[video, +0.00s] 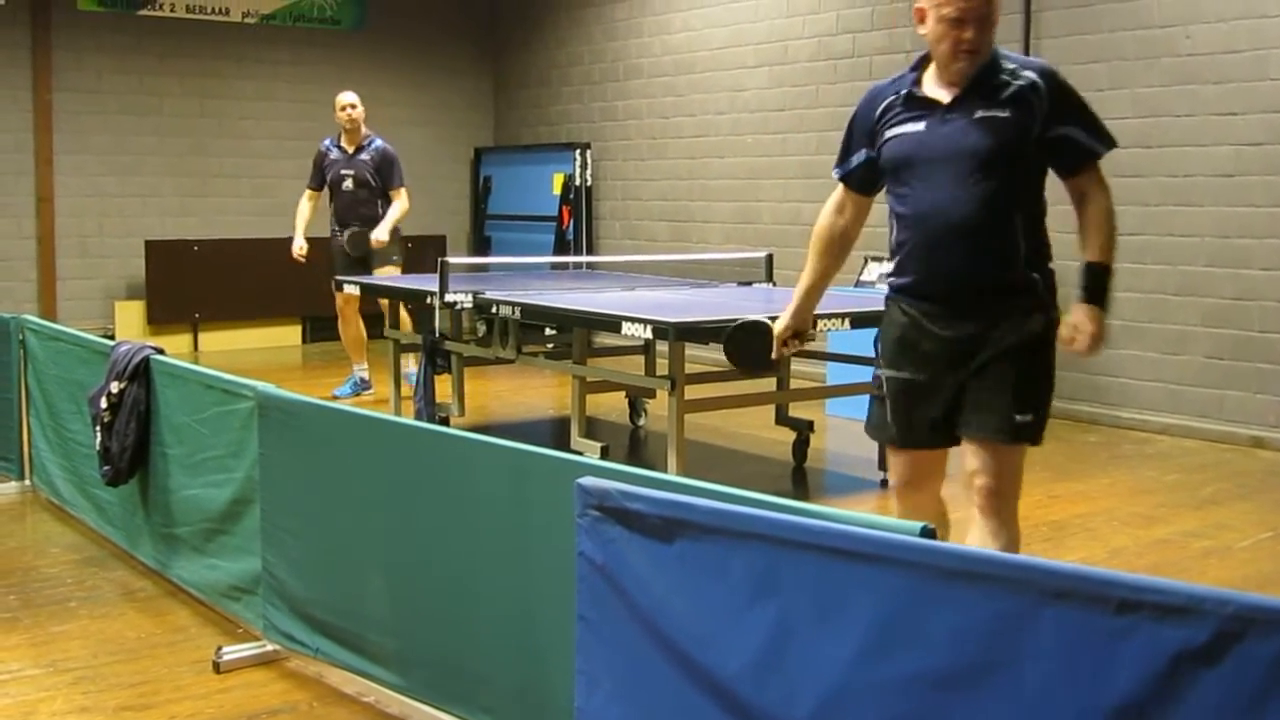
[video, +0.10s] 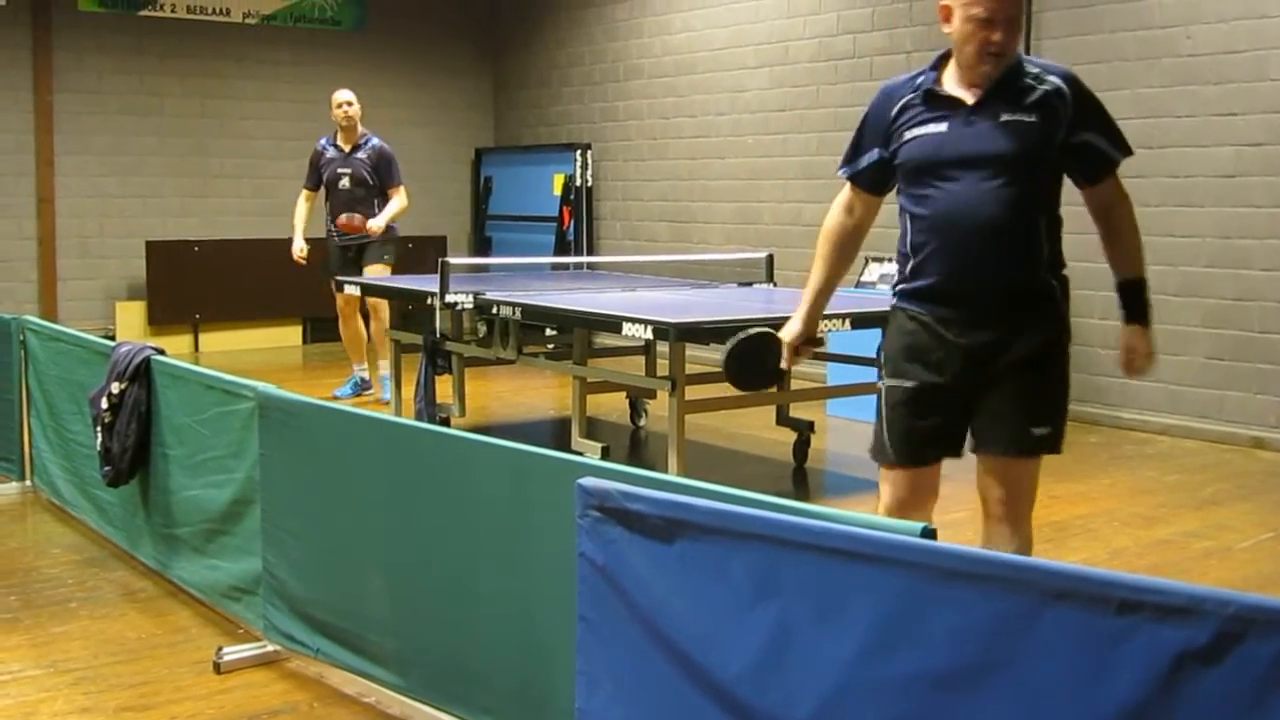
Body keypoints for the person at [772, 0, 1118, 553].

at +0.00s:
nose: (970, 35)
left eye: (982, 20)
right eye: (955, 21)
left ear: (998, 17)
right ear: (920, 18)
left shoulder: (1035, 91)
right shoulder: (882, 105)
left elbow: (1090, 191)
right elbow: (843, 210)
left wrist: (1093, 297)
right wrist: (799, 309)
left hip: (1009, 322)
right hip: (915, 321)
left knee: (990, 486)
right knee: (909, 483)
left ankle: (991, 628)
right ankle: (922, 619)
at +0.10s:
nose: (999, 38)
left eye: (1011, 23)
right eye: (985, 21)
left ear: (1024, 22)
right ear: (947, 17)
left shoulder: (1055, 95)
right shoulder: (898, 102)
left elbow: (1109, 202)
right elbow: (851, 209)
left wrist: (1135, 312)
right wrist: (805, 315)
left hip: (1022, 333)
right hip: (922, 329)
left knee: (1007, 505)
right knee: (901, 501)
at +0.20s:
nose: (1023, 43)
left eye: (1034, 28)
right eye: (1008, 26)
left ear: (1047, 22)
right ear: (968, 16)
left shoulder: (1072, 97)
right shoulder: (908, 98)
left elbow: (1117, 209)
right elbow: (859, 207)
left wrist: (1159, 325)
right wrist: (824, 314)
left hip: (1034, 336)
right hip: (933, 330)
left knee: (1010, 510)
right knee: (920, 502)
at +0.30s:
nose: (1043, 44)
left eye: (1055, 29)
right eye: (1029, 27)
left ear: (1068, 21)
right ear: (987, 14)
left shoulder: (1087, 94)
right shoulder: (923, 92)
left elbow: (1129, 210)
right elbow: (862, 200)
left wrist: (1165, 326)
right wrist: (852, 306)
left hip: (1045, 328)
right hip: (948, 321)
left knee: (1011, 516)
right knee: (956, 499)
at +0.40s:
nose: (1069, 49)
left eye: (1081, 34)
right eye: (1054, 32)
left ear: (1094, 25)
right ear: (1009, 15)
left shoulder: (1103, 96)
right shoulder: (941, 92)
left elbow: (1135, 210)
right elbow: (867, 202)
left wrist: (1162, 325)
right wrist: (881, 312)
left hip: (1058, 338)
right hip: (961, 330)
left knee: (1017, 528)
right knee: (979, 516)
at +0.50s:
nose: (1094, 56)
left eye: (1106, 40)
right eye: (1079, 38)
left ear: (1119, 29)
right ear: (1033, 18)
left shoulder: (1117, 100)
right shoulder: (958, 97)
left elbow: (1139, 218)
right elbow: (878, 212)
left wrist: (1157, 328)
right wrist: (905, 328)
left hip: (1073, 344)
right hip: (979, 342)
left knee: (1023, 538)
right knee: (1007, 541)